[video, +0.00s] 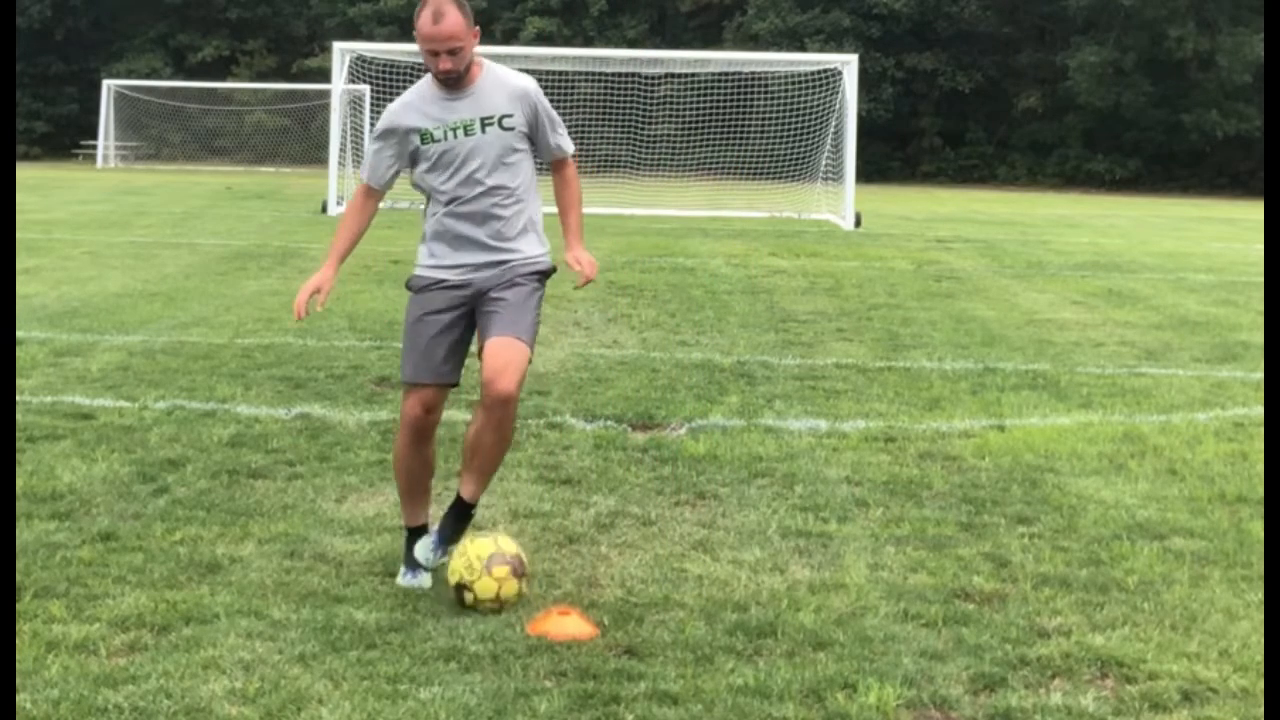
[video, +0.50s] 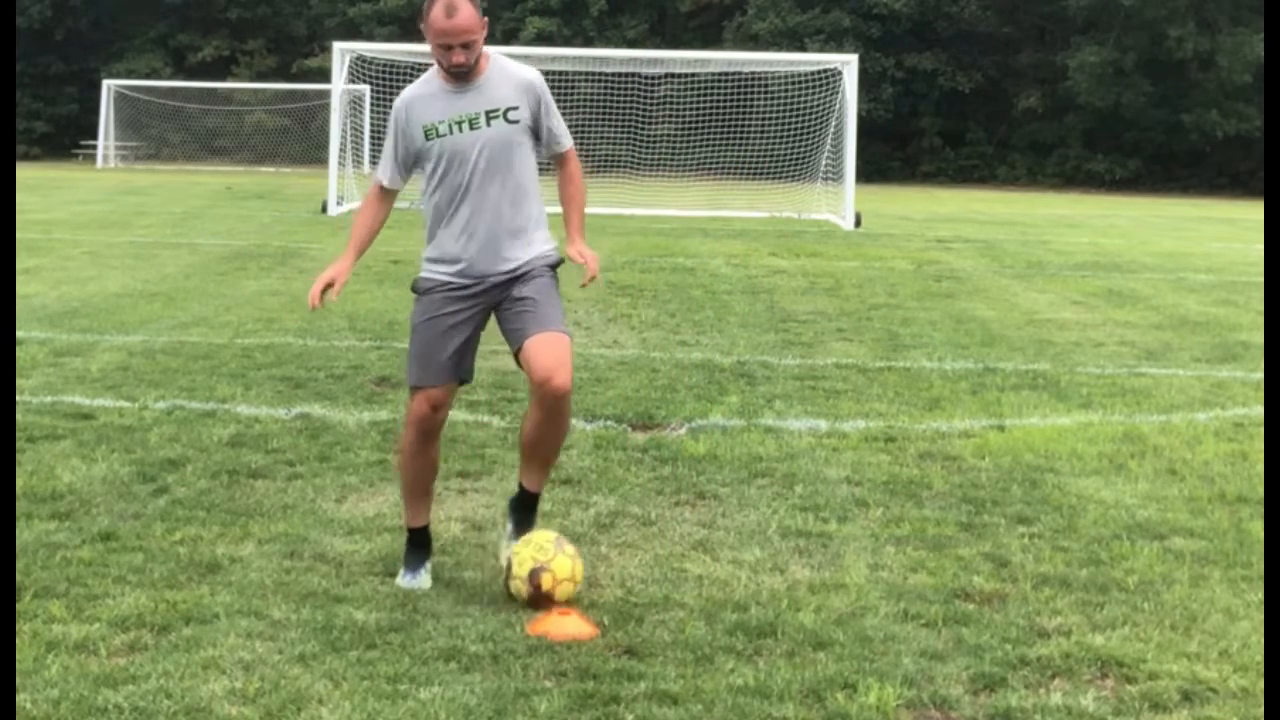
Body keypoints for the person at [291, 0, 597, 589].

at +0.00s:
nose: (443, 64)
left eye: (453, 52)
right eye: (432, 54)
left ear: (475, 35)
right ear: (418, 44)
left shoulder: (519, 92)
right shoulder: (404, 113)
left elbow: (563, 163)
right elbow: (367, 194)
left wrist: (573, 242)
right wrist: (329, 266)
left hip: (516, 268)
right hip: (440, 273)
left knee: (502, 390)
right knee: (420, 411)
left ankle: (454, 526)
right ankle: (415, 548)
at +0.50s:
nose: (458, 57)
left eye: (468, 45)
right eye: (446, 47)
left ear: (484, 30)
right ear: (426, 37)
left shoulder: (524, 84)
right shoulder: (411, 105)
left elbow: (565, 157)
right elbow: (382, 191)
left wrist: (575, 237)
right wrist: (346, 260)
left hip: (527, 265)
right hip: (448, 275)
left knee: (556, 384)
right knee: (427, 407)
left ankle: (524, 514)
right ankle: (417, 546)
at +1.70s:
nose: (543, 57)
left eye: (553, 44)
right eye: (530, 46)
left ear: (565, 30)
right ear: (504, 33)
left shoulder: (592, 83)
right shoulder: (481, 104)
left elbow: (618, 150)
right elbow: (450, 194)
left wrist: (644, 223)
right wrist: (442, 281)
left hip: (600, 269)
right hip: (521, 282)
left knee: (666, 377)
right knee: (505, 425)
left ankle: (662, 532)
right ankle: (498, 556)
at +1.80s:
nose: (554, 47)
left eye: (563, 34)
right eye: (541, 36)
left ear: (576, 20)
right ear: (516, 25)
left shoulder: (603, 73)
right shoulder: (491, 93)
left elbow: (626, 137)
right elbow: (461, 181)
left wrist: (650, 211)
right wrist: (452, 267)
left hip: (608, 259)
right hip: (531, 274)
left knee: (670, 372)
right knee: (515, 410)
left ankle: (666, 526)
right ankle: (498, 547)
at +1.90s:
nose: (563, 41)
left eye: (573, 28)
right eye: (550, 29)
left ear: (589, 14)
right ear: (526, 17)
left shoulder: (614, 67)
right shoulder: (501, 85)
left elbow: (637, 132)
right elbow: (470, 171)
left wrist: (660, 207)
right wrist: (462, 260)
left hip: (618, 251)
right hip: (540, 265)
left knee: (673, 371)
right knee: (522, 404)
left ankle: (668, 526)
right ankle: (502, 544)